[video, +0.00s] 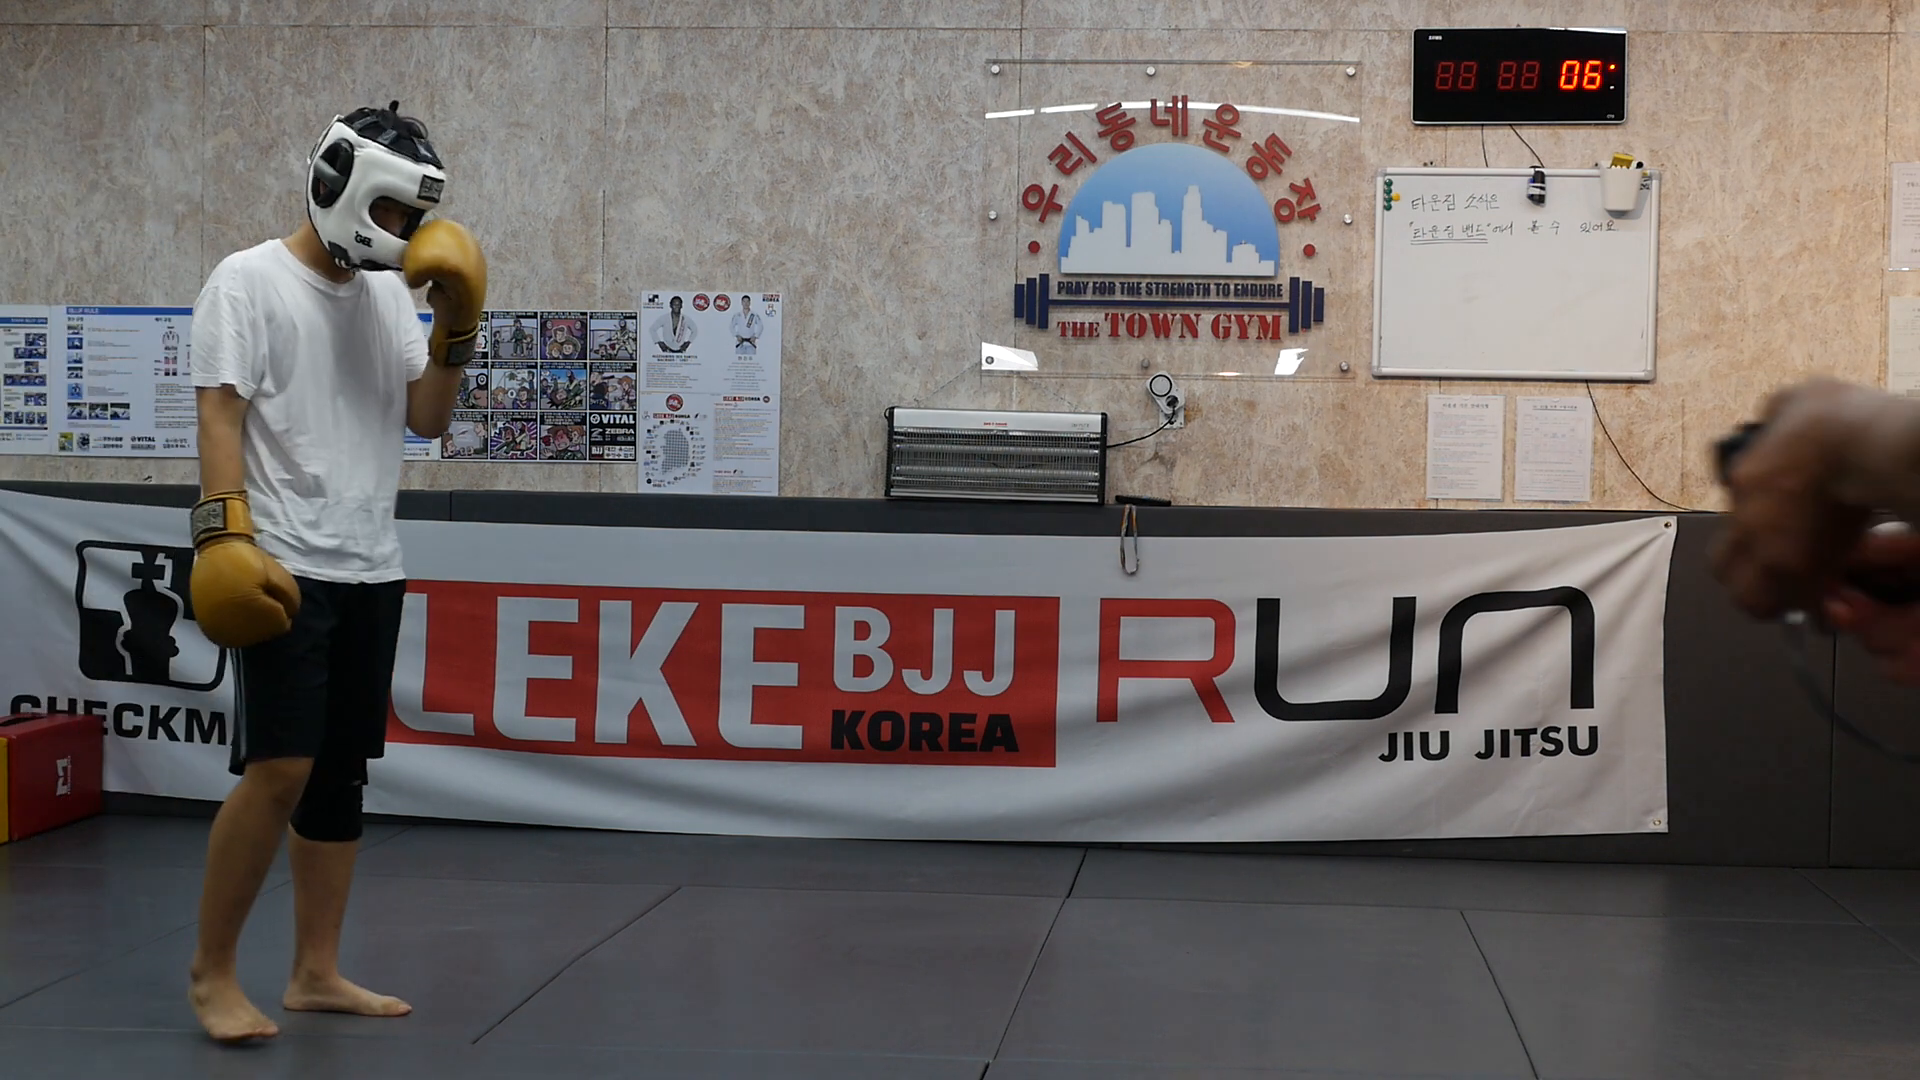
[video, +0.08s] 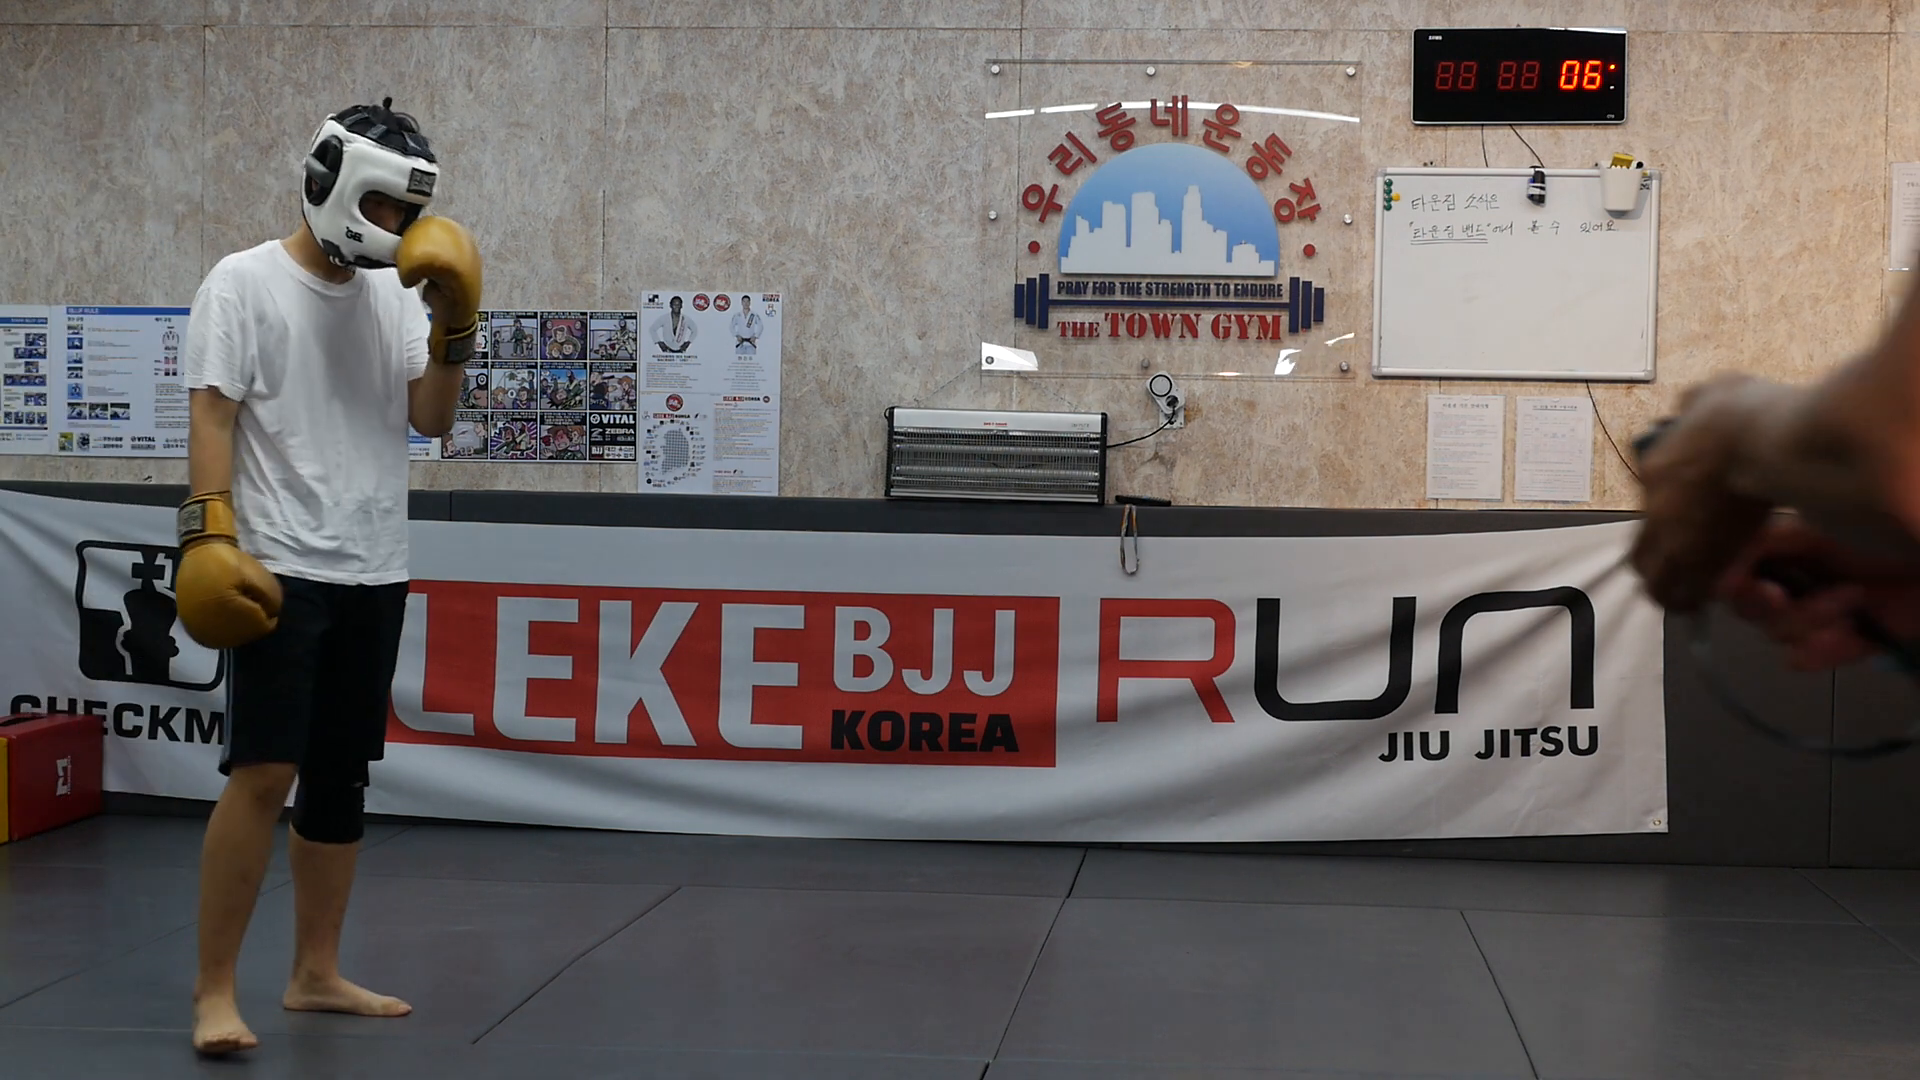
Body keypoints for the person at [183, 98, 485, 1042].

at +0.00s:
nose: (407, 226)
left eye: (418, 208)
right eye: (393, 204)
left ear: (419, 209)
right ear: (336, 191)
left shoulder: (392, 293)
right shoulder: (246, 282)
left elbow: (426, 421)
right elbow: (219, 416)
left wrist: (454, 330)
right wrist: (230, 532)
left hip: (371, 572)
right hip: (282, 566)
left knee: (340, 775)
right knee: (281, 766)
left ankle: (317, 972)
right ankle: (212, 977)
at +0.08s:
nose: (395, 218)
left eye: (410, 202)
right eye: (381, 196)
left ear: (418, 204)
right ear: (327, 185)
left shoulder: (395, 295)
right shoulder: (243, 283)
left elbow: (427, 420)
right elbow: (213, 418)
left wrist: (454, 329)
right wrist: (214, 533)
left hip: (374, 575)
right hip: (279, 569)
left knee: (339, 781)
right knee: (264, 773)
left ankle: (317, 973)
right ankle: (215, 993)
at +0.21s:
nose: (378, 209)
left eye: (396, 193)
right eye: (362, 188)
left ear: (406, 199)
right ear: (310, 179)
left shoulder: (393, 300)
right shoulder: (231, 288)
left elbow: (427, 420)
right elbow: (200, 430)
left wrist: (445, 323)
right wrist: (185, 551)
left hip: (371, 582)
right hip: (267, 579)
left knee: (338, 790)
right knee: (249, 788)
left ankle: (317, 976)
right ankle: (224, 1010)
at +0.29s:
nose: (366, 204)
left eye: (383, 187)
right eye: (349, 183)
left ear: (394, 193)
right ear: (296, 177)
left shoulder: (383, 296)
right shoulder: (220, 288)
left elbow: (420, 421)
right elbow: (191, 435)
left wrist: (435, 321)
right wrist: (165, 560)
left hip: (366, 579)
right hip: (259, 575)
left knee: (338, 790)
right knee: (243, 790)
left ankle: (318, 975)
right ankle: (224, 1015)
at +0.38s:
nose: (348, 195)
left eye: (364, 178)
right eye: (329, 176)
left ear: (376, 185)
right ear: (277, 174)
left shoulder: (374, 295)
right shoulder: (208, 286)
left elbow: (412, 428)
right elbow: (176, 437)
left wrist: (424, 343)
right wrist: (146, 568)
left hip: (358, 578)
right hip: (245, 573)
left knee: (339, 791)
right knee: (237, 788)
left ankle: (318, 973)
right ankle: (224, 1014)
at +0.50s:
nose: (302, 187)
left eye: (319, 171)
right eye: (283, 168)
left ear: (341, 181)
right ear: (239, 170)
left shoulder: (362, 289)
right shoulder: (185, 289)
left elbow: (402, 439)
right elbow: (153, 440)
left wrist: (398, 403)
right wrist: (123, 573)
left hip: (343, 583)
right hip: (228, 580)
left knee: (350, 793)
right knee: (224, 793)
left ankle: (319, 965)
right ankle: (221, 1015)